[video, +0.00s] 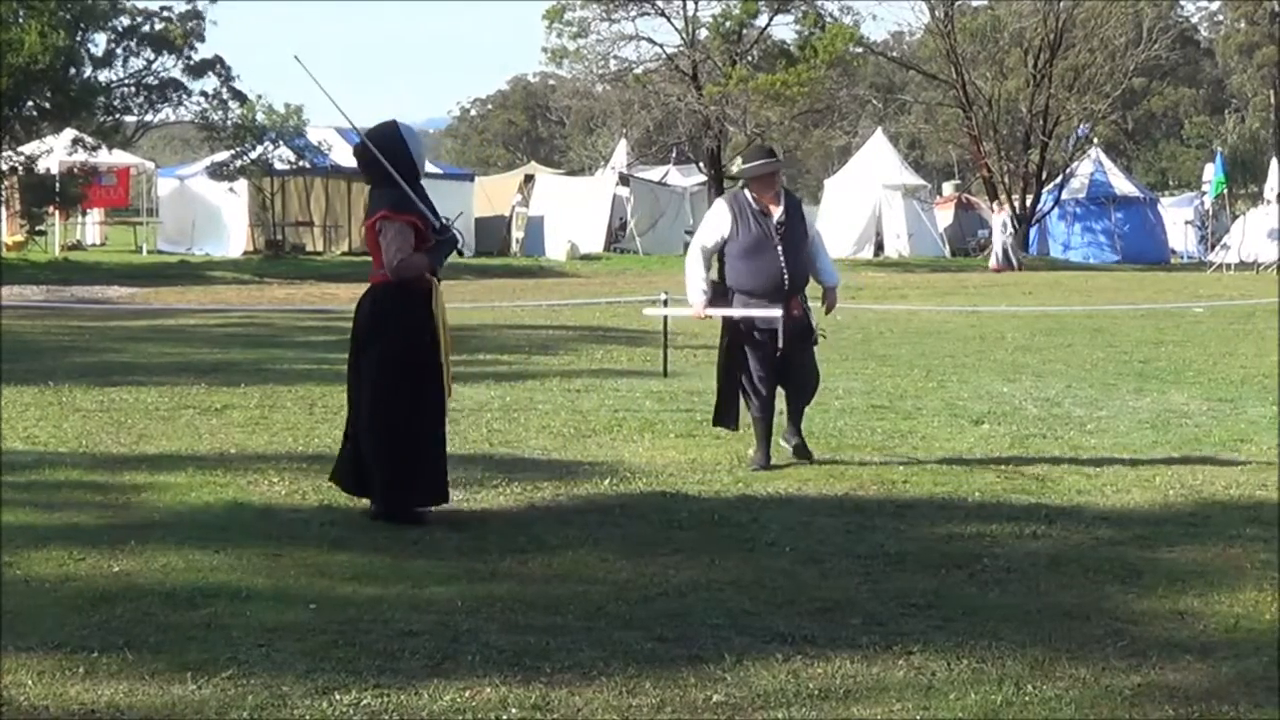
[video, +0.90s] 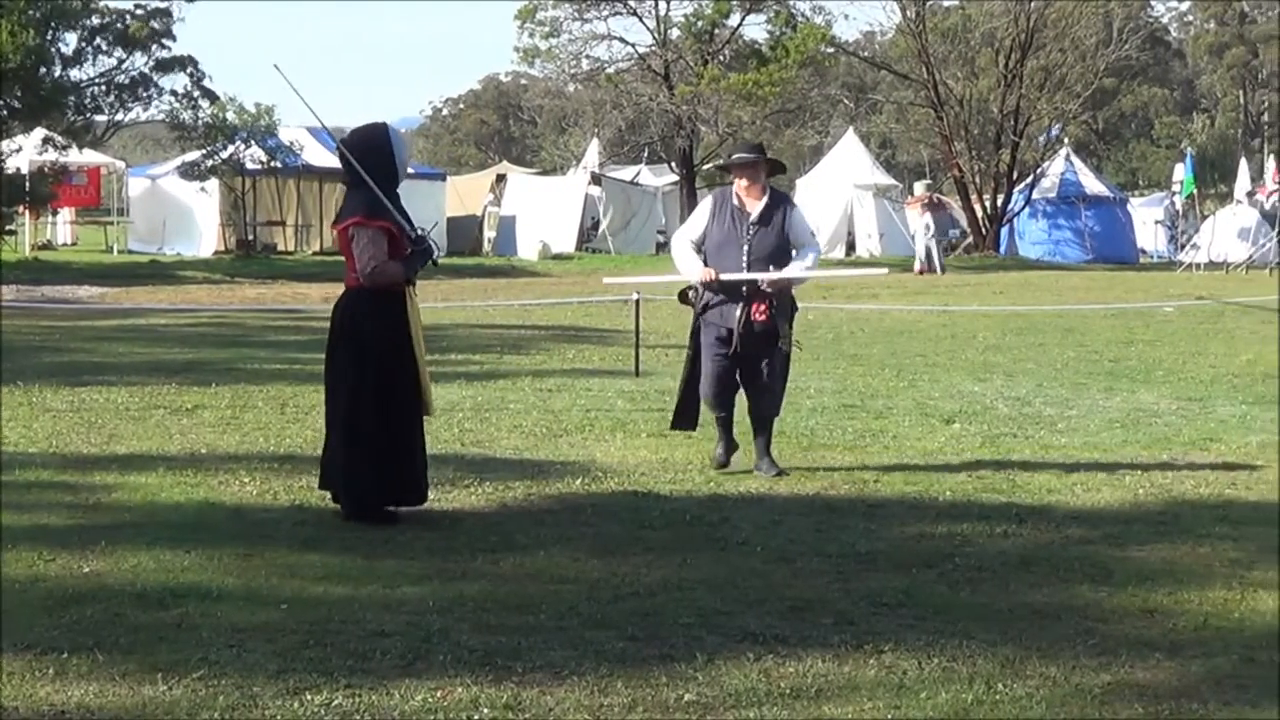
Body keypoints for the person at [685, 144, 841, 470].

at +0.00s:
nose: (771, 181)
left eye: (774, 174)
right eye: (763, 177)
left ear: (780, 173)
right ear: (748, 180)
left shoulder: (794, 205)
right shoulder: (728, 209)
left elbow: (814, 245)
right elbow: (698, 251)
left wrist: (830, 282)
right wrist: (698, 296)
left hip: (793, 306)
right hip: (749, 308)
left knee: (805, 377)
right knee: (759, 384)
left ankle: (793, 429)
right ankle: (762, 450)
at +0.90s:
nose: (744, 175)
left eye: (751, 169)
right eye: (738, 170)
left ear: (765, 170)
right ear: (731, 173)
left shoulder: (785, 208)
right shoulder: (714, 203)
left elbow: (811, 251)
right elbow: (680, 240)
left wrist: (786, 277)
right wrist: (697, 270)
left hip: (768, 309)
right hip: (719, 308)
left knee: (766, 387)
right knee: (713, 387)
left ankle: (763, 455)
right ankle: (724, 438)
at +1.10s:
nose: (717, 173)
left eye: (725, 166)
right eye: (712, 167)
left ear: (741, 169)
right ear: (705, 171)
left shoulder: (759, 208)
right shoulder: (689, 203)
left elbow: (784, 252)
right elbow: (658, 239)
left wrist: (753, 257)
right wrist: (655, 260)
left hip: (742, 313)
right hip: (693, 310)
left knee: (741, 389)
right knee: (690, 388)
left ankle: (740, 455)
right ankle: (688, 458)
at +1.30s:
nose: (681, 173)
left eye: (689, 166)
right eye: (677, 167)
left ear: (707, 170)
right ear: (671, 172)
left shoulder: (728, 208)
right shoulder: (656, 206)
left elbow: (752, 253)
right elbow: (627, 243)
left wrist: (729, 239)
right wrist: (603, 272)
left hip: (714, 314)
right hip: (666, 313)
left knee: (713, 391)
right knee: (668, 391)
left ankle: (716, 455)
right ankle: (663, 463)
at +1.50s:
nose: (648, 173)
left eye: (655, 166)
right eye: (643, 167)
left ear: (673, 169)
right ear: (637, 172)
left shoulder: (693, 203)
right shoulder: (624, 205)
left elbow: (721, 249)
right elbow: (594, 244)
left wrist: (707, 228)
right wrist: (571, 278)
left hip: (685, 312)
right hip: (638, 312)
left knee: (692, 389)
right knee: (644, 392)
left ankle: (697, 452)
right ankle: (642, 463)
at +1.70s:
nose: (615, 175)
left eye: (622, 167)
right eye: (609, 168)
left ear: (637, 168)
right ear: (601, 172)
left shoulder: (654, 203)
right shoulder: (586, 204)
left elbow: (680, 248)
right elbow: (556, 243)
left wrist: (678, 226)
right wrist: (536, 274)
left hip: (650, 307)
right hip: (604, 309)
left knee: (668, 379)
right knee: (612, 390)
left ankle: (669, 446)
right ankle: (612, 462)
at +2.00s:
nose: (582, 174)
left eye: (585, 167)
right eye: (573, 169)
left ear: (592, 168)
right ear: (558, 174)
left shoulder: (604, 202)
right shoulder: (541, 204)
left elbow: (625, 246)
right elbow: (512, 251)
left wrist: (637, 225)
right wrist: (514, 279)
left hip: (605, 308)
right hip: (561, 310)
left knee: (614, 386)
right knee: (563, 390)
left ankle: (629, 461)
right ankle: (563, 462)